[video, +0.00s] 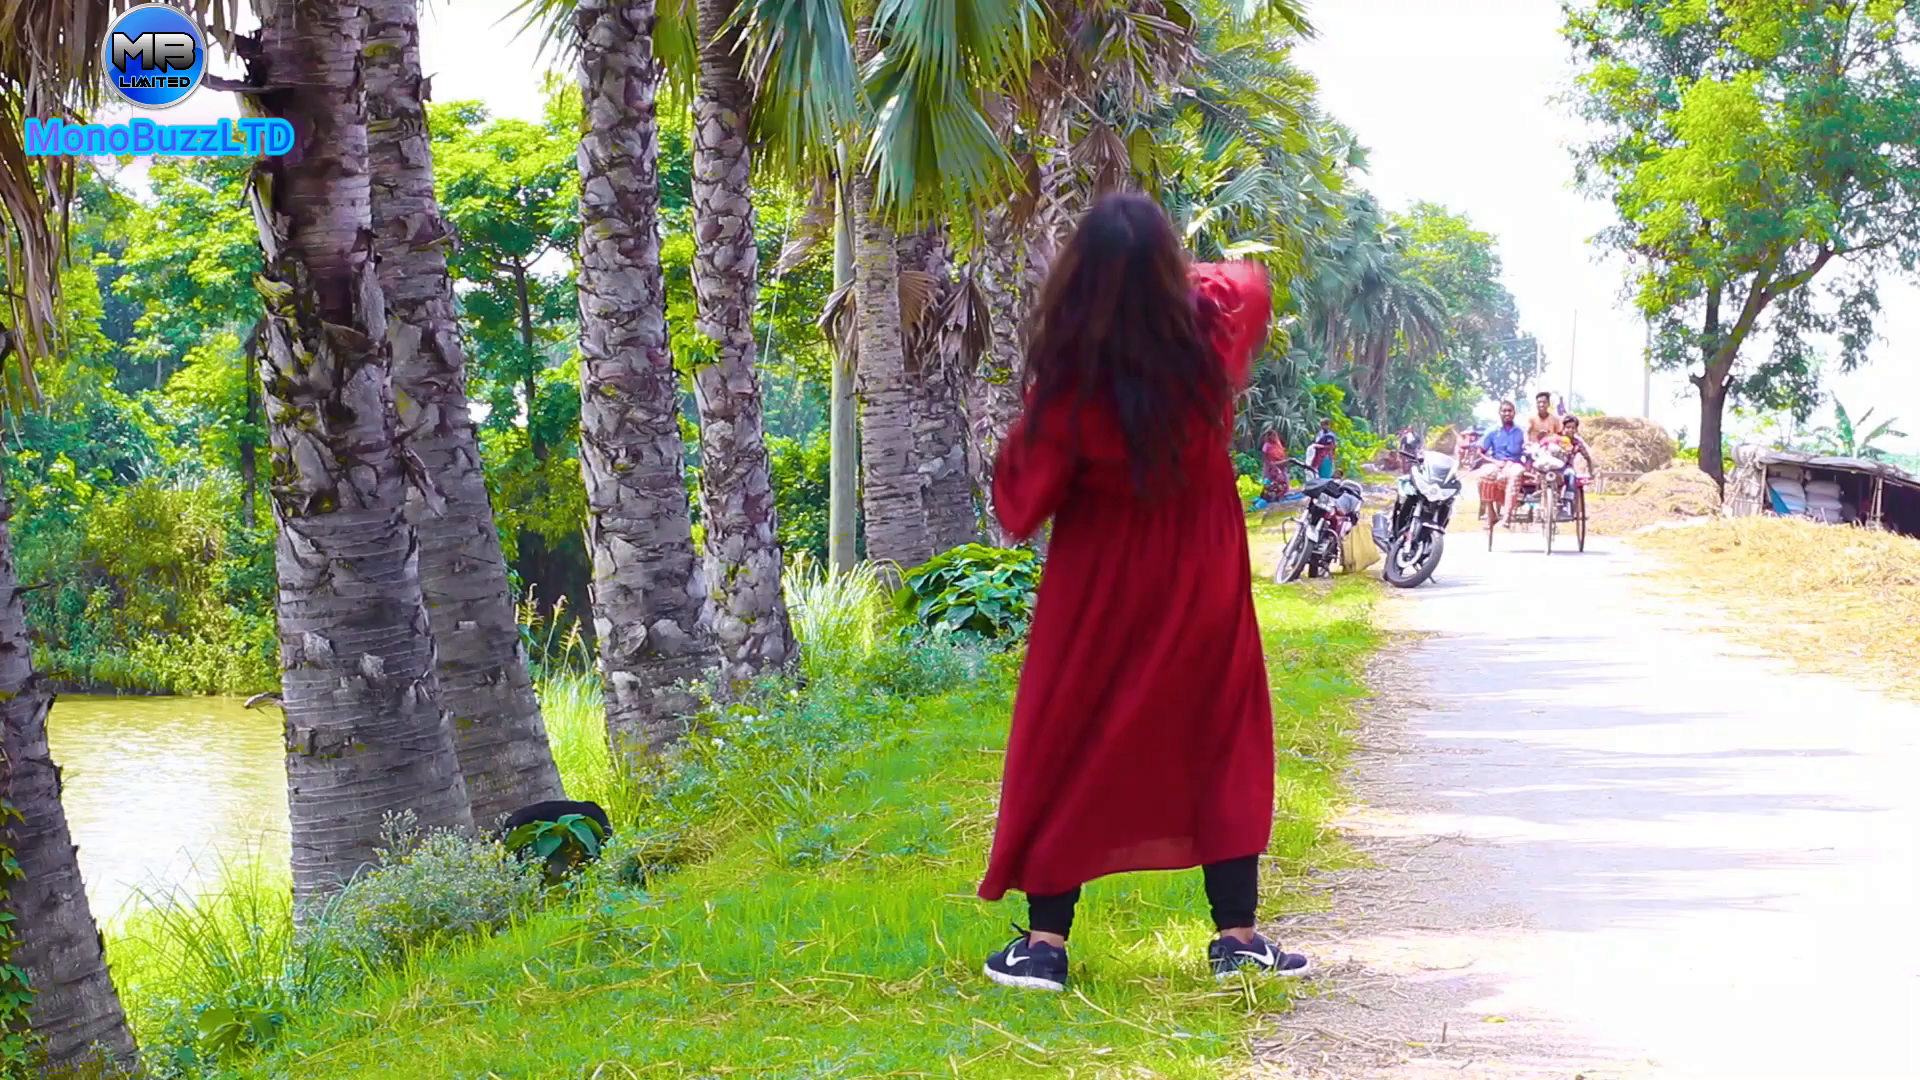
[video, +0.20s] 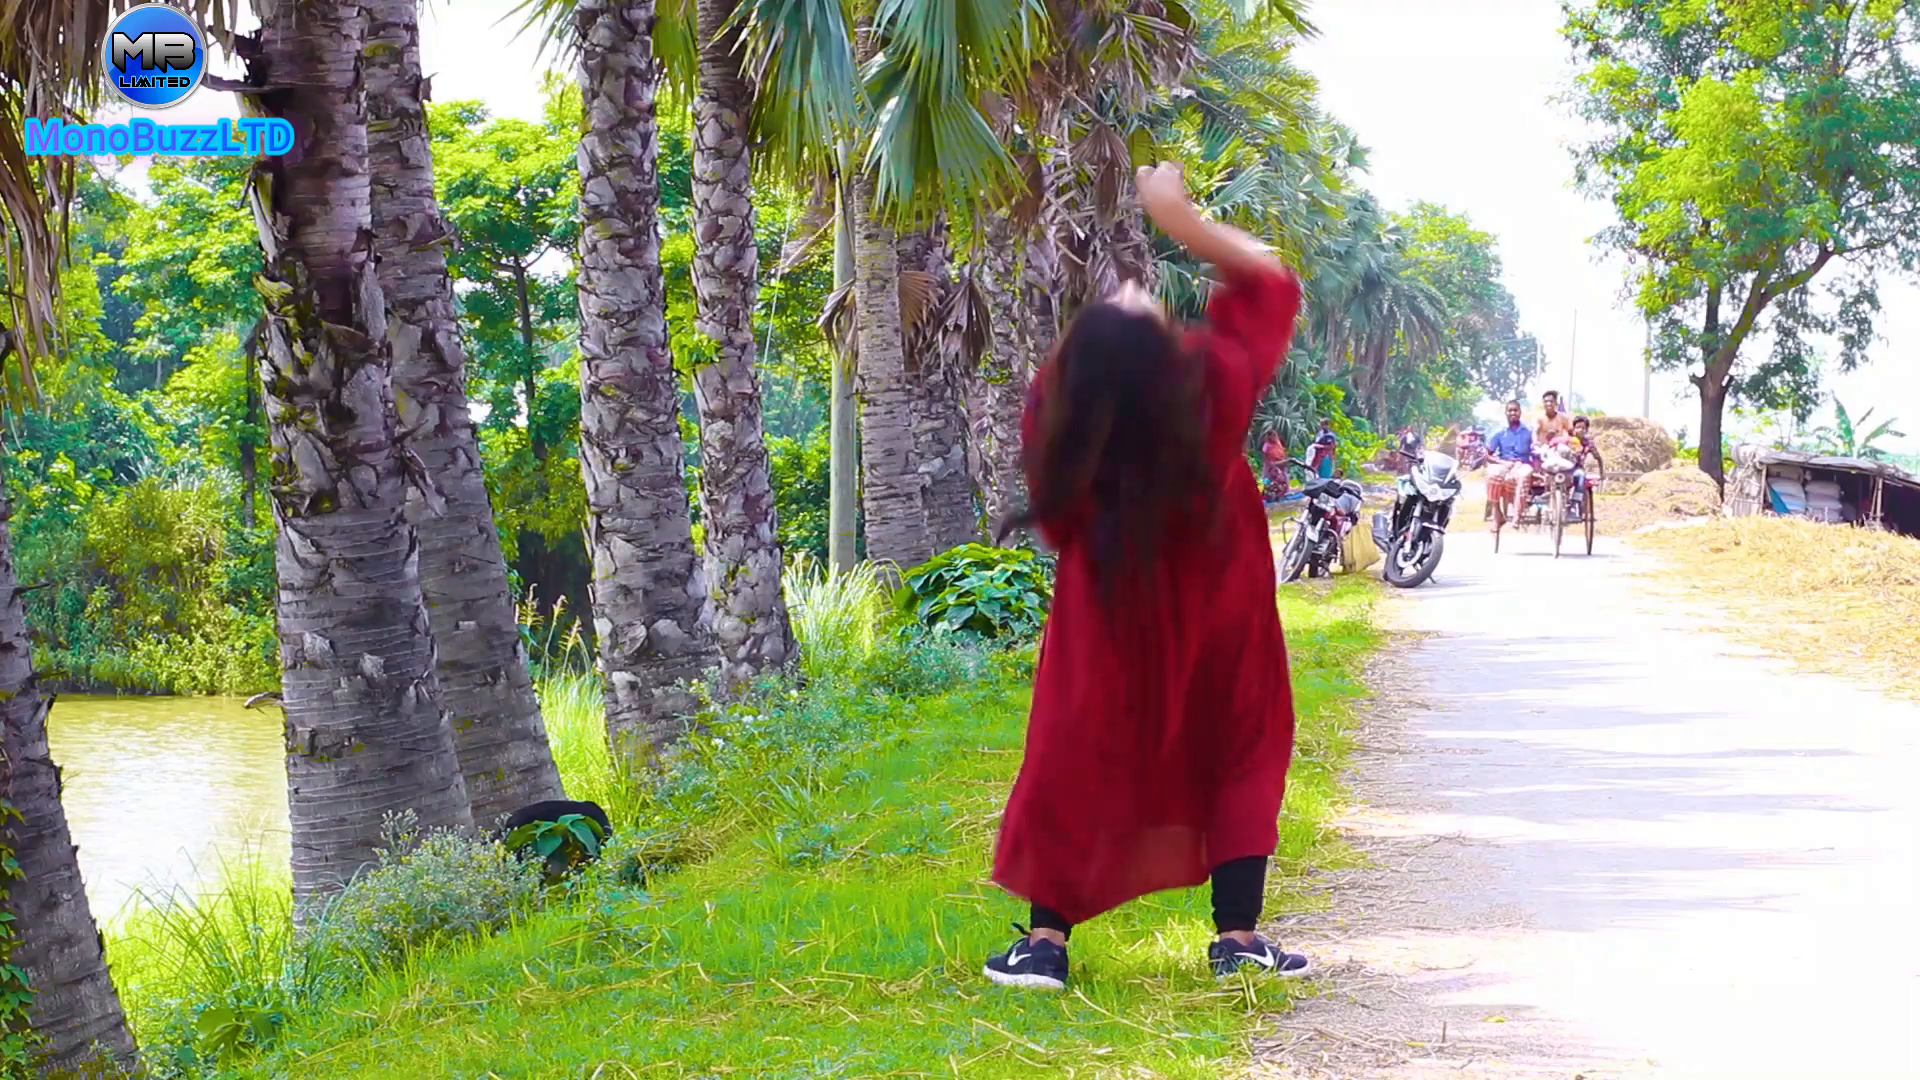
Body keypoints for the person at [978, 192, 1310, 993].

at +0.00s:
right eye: (1177, 257)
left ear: (1078, 279)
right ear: (1169, 273)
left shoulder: (1069, 378)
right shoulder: (1207, 326)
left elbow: (1017, 502)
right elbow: (1251, 279)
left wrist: (1035, 420)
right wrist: (1177, 273)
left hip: (1100, 588)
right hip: (1204, 583)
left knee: (1066, 745)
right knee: (1228, 744)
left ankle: (1045, 943)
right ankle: (1238, 936)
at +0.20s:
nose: (1134, 290)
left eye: (1125, 290)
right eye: (1140, 296)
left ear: (1084, 356)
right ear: (1164, 341)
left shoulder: (1057, 396)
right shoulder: (1210, 378)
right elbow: (1268, 280)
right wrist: (1182, 218)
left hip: (1104, 587)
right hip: (1218, 584)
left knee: (1073, 751)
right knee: (1246, 745)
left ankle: (1045, 939)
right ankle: (1238, 934)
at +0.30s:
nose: (1119, 331)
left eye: (1100, 347)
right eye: (1135, 355)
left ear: (1071, 395)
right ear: (1155, 404)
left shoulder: (1045, 397)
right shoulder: (1204, 424)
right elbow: (1291, 395)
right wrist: (1260, 325)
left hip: (1092, 600)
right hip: (1212, 600)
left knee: (1059, 755)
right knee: (1257, 750)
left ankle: (1045, 943)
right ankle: (1240, 937)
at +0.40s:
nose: (1114, 376)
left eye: (1099, 393)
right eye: (1128, 405)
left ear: (1063, 418)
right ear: (1145, 462)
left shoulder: (1045, 389)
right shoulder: (1195, 497)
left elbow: (1037, 310)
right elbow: (1277, 495)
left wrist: (1143, 350)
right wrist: (1278, 397)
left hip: (1077, 618)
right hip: (1201, 614)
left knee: (1059, 760)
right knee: (1260, 753)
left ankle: (1046, 941)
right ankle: (1240, 937)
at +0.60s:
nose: (1101, 463)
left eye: (1090, 480)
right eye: (1137, 484)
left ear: (1065, 495)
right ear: (1155, 505)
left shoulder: (1036, 480)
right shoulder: (1216, 465)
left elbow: (985, 384)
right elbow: (1287, 485)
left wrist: (1053, 369)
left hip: (1084, 607)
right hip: (1207, 600)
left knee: (1050, 755)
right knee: (1252, 755)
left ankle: (1044, 941)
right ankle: (1238, 935)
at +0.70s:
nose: (1115, 481)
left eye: (1090, 506)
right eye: (1135, 504)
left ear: (1071, 515)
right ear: (1168, 518)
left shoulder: (1043, 512)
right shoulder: (1219, 443)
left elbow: (980, 448)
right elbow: (1298, 394)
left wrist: (1028, 414)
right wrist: (1265, 376)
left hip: (1094, 616)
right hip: (1216, 613)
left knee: (1044, 757)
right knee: (1256, 756)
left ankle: (1042, 943)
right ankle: (1237, 935)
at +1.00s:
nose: (1093, 525)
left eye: (1075, 546)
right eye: (1109, 546)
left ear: (1060, 559)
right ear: (1154, 562)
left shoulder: (1046, 525)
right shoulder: (1204, 513)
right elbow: (1274, 478)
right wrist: (1173, 457)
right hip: (1236, 639)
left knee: (1063, 775)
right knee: (1278, 768)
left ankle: (1044, 941)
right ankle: (1242, 937)